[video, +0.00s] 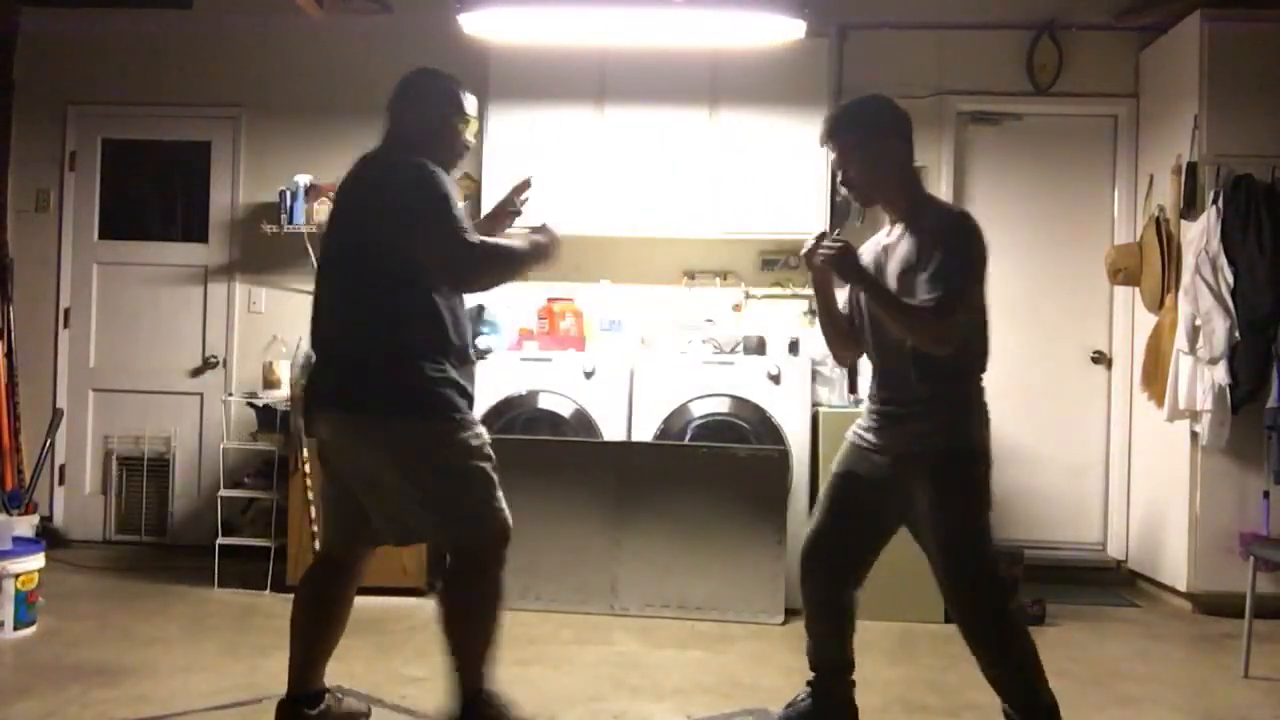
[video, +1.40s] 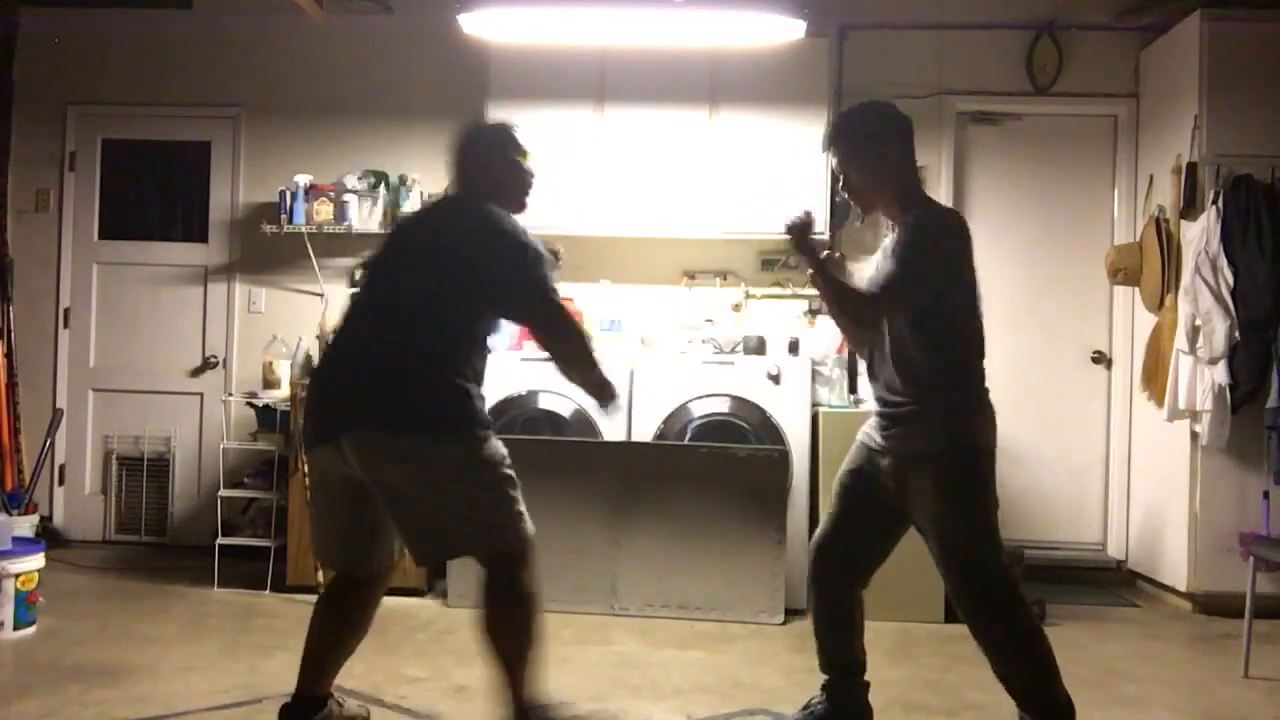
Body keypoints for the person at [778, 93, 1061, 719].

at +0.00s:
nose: (838, 175)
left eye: (846, 158)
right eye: (834, 161)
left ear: (892, 149)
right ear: (870, 161)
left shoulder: (952, 230)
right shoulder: (874, 248)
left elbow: (943, 334)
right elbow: (847, 351)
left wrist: (859, 280)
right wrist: (822, 285)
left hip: (943, 439)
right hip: (878, 434)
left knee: (976, 601)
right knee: (821, 564)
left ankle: (1036, 713)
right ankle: (830, 698)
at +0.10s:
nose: (832, 189)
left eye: (839, 171)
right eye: (827, 174)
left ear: (884, 161)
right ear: (872, 168)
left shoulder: (937, 237)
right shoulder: (873, 254)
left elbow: (894, 340)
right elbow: (850, 355)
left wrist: (829, 269)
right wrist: (816, 293)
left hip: (931, 443)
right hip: (870, 435)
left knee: (960, 604)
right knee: (810, 568)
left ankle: (1041, 714)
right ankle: (829, 699)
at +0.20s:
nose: (832, 183)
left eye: (839, 166)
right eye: (828, 168)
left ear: (881, 155)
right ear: (866, 163)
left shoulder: (916, 220)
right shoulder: (869, 230)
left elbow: (820, 285)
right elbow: (874, 338)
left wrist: (748, 272)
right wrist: (832, 297)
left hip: (944, 432)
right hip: (887, 427)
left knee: (964, 595)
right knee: (826, 565)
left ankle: (1045, 714)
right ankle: (827, 699)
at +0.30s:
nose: (839, 174)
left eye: (846, 158)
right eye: (835, 160)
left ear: (886, 151)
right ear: (890, 154)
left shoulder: (906, 227)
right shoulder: (898, 218)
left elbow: (811, 302)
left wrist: (735, 328)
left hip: (957, 430)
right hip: (907, 424)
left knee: (982, 590)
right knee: (858, 559)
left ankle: (1050, 710)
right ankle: (834, 694)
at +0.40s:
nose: (844, 181)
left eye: (850, 165)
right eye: (841, 167)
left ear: (890, 156)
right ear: (896, 158)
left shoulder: (927, 233)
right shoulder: (923, 227)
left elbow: (876, 335)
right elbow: (942, 317)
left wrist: (790, 367)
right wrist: (880, 299)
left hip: (965, 434)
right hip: (917, 431)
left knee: (985, 593)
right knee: (864, 564)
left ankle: (1055, 714)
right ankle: (833, 696)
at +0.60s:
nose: (854, 180)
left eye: (862, 162)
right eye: (851, 167)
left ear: (909, 154)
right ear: (897, 162)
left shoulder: (957, 227)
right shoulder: (919, 238)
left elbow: (965, 338)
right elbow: (927, 332)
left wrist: (871, 325)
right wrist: (871, 319)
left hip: (959, 441)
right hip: (905, 435)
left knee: (983, 600)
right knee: (843, 564)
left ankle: (1056, 717)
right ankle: (846, 699)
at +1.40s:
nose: (842, 184)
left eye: (847, 167)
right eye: (837, 171)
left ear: (889, 157)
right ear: (883, 164)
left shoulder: (933, 228)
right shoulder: (893, 239)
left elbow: (866, 313)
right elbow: (865, 340)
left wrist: (813, 253)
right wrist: (825, 278)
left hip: (946, 438)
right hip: (889, 432)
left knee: (983, 594)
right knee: (832, 564)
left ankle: (1052, 713)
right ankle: (843, 698)